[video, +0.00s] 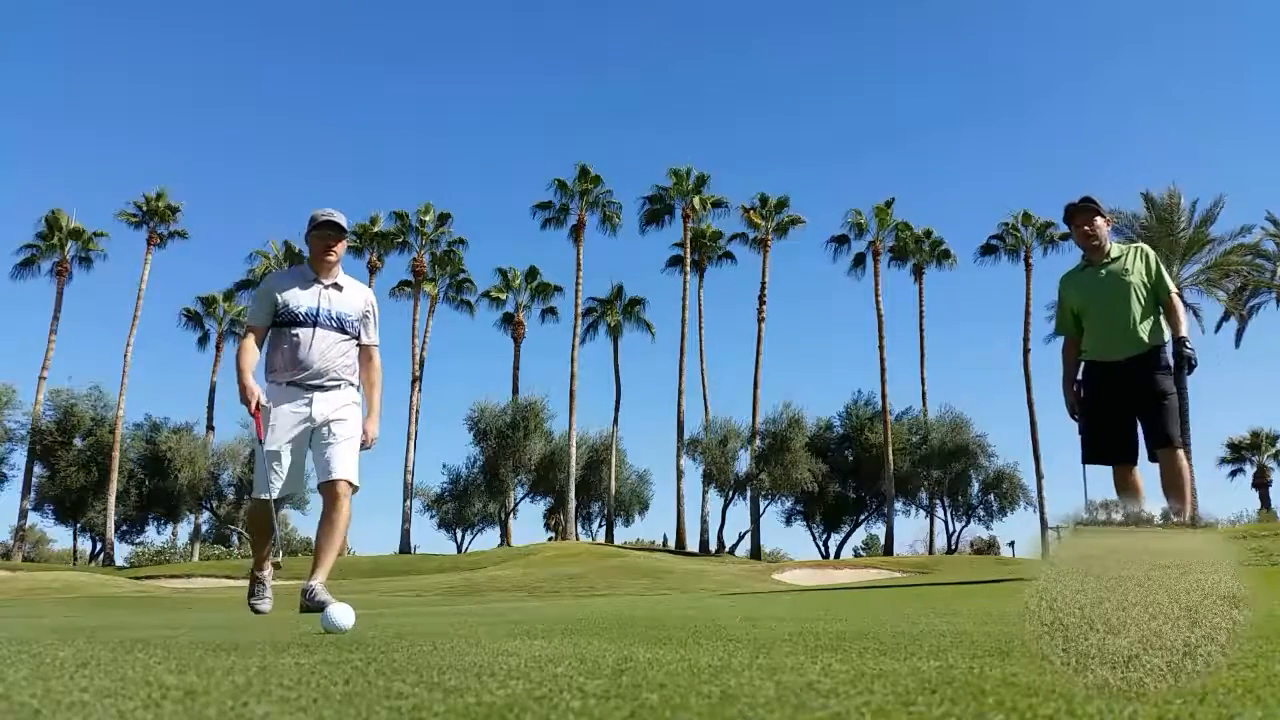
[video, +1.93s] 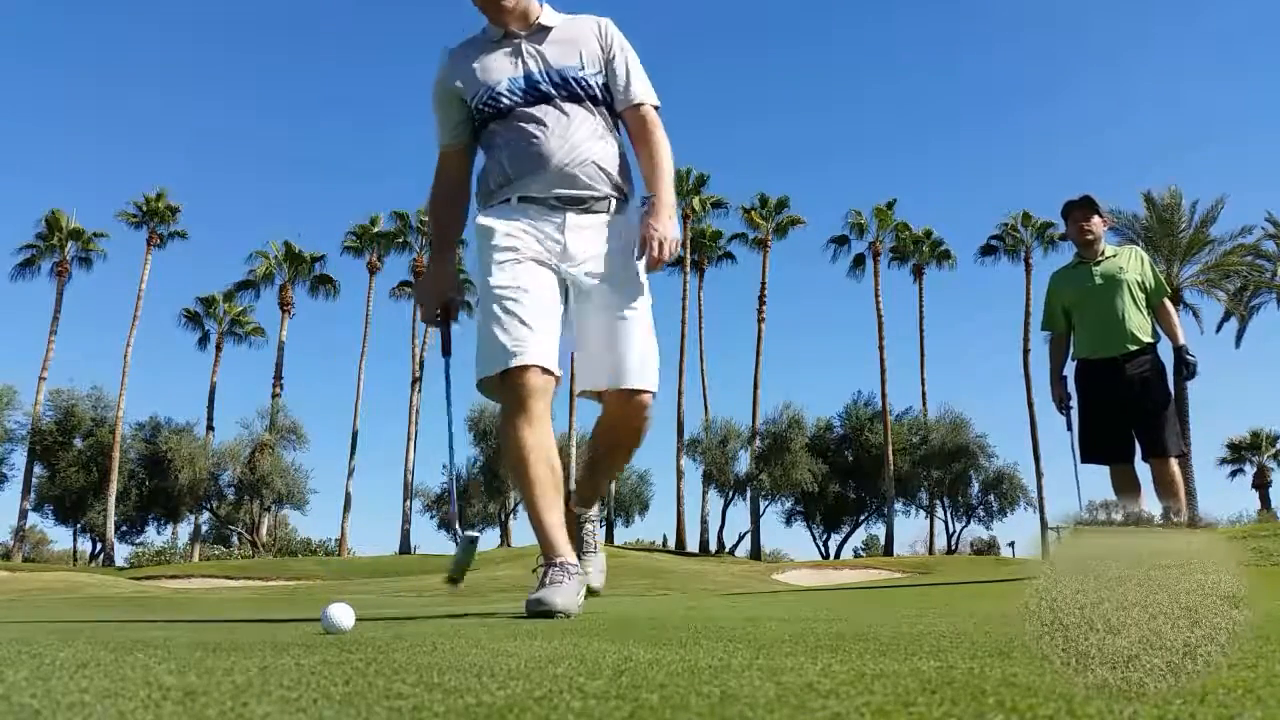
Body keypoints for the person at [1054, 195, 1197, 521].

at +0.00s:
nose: (1087, 229)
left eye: (1092, 221)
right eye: (1079, 226)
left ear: (1107, 223)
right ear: (1072, 235)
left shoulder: (1140, 254)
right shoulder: (1071, 282)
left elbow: (1170, 298)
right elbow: (1071, 339)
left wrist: (1182, 339)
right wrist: (1069, 386)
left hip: (1149, 366)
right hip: (1102, 375)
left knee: (1168, 446)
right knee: (1120, 460)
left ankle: (1181, 525)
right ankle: (1136, 530)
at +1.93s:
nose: (1083, 225)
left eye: (1088, 218)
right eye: (1075, 221)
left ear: (1104, 223)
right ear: (1067, 232)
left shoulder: (1134, 257)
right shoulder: (1062, 280)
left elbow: (1160, 303)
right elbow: (1059, 334)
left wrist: (1180, 346)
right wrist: (1056, 378)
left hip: (1143, 369)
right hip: (1096, 376)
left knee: (1162, 453)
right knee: (1118, 459)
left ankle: (1178, 528)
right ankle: (1135, 531)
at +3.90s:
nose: (1086, 232)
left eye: (1091, 226)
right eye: (1078, 229)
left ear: (1103, 231)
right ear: (1068, 238)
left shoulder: (1133, 266)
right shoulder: (1060, 286)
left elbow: (1163, 307)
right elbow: (1058, 342)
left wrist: (1160, 317)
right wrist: (1055, 388)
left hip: (1138, 372)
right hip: (1093, 379)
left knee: (1159, 455)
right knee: (1117, 462)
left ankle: (1177, 528)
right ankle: (1135, 533)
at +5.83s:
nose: (1086, 228)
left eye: (1091, 221)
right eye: (1078, 225)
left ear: (1106, 224)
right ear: (1070, 234)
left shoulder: (1136, 262)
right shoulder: (1063, 280)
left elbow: (1163, 313)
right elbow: (1059, 337)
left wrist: (1180, 360)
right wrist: (1056, 387)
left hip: (1135, 369)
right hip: (1090, 376)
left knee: (1139, 456)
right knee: (1114, 463)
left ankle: (1150, 529)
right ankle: (1130, 531)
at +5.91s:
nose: (1087, 226)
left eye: (1092, 219)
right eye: (1079, 223)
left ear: (1107, 222)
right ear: (1071, 232)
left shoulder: (1138, 261)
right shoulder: (1064, 278)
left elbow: (1164, 313)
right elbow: (1060, 337)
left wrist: (1182, 358)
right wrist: (1056, 385)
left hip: (1136, 368)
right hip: (1090, 375)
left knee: (1138, 455)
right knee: (1113, 461)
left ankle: (1149, 529)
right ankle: (1130, 530)